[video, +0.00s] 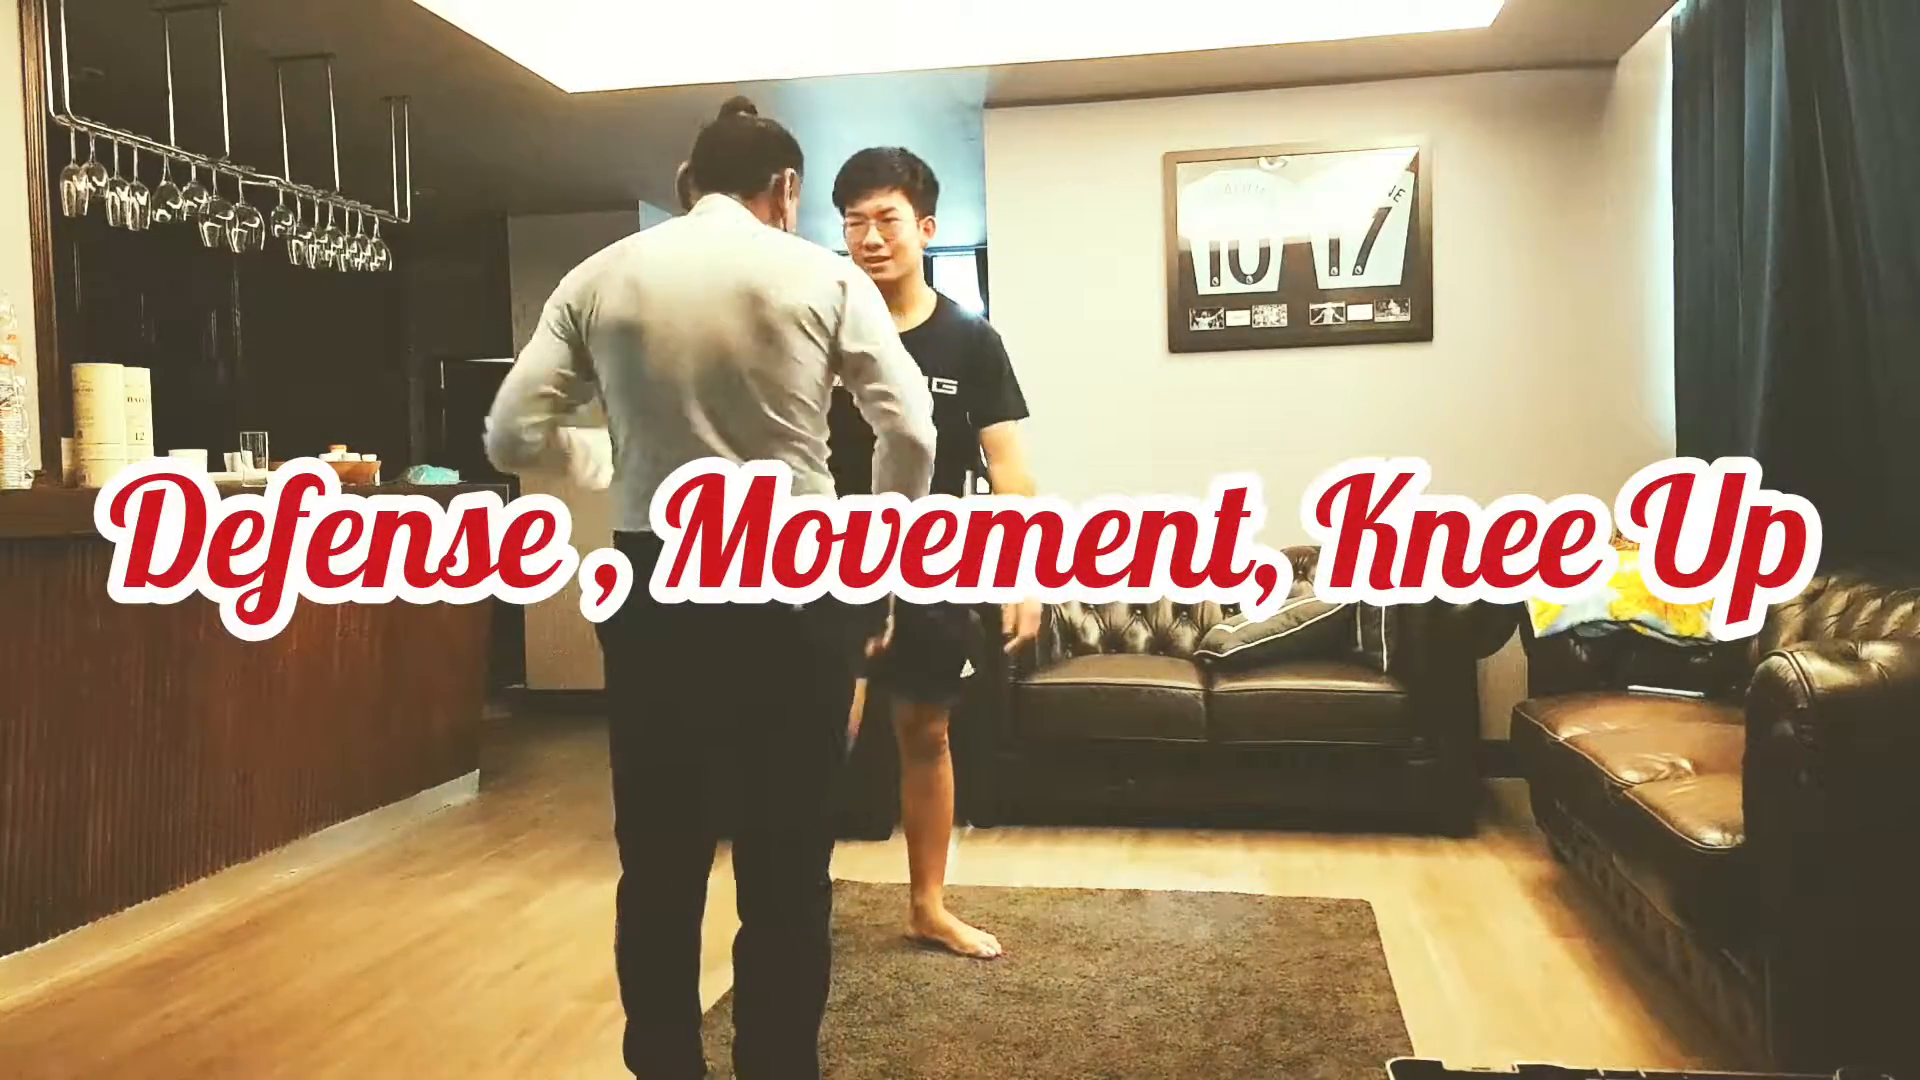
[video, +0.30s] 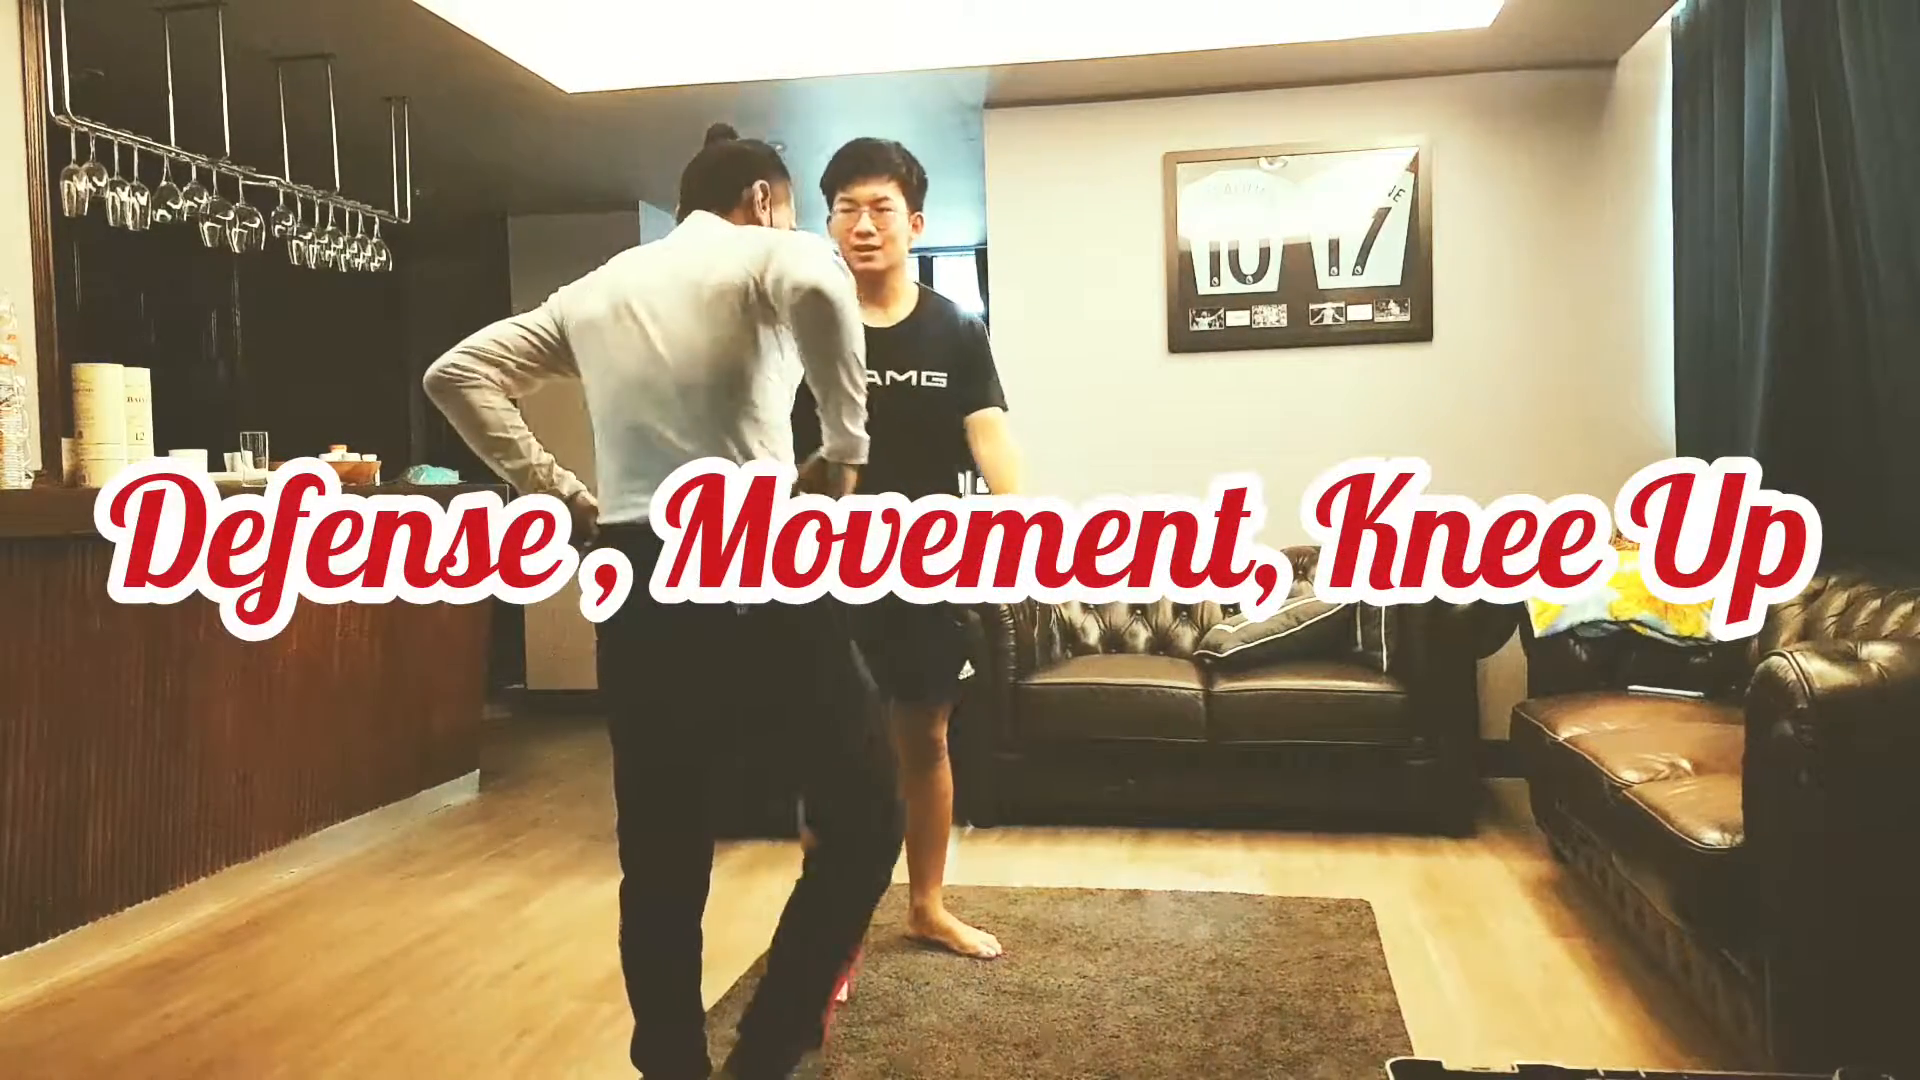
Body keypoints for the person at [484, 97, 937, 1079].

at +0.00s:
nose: (806, 213)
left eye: (802, 201)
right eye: (804, 199)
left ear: (684, 191)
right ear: (781, 190)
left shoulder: (598, 278)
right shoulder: (823, 276)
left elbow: (514, 432)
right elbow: (910, 425)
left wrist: (622, 456)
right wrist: (885, 570)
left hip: (653, 609)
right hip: (796, 609)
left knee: (657, 864)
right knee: (786, 873)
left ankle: (664, 1065)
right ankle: (778, 1064)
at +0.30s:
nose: (796, 222)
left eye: (791, 208)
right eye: (793, 209)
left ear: (687, 205)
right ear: (766, 201)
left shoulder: (602, 285)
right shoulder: (785, 248)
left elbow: (459, 372)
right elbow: (819, 293)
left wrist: (565, 492)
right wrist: (843, 453)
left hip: (634, 583)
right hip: (762, 586)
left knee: (660, 861)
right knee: (863, 824)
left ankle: (671, 1064)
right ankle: (761, 1060)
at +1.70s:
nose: (780, 172)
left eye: (776, 156)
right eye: (774, 156)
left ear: (664, 172)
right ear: (750, 163)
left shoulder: (590, 283)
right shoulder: (806, 262)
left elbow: (518, 454)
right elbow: (879, 437)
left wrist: (601, 534)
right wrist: (883, 568)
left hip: (651, 626)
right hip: (793, 621)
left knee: (628, 886)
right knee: (819, 876)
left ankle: (579, 1068)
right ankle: (829, 1061)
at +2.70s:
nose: (780, 194)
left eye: (773, 177)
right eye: (774, 178)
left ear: (674, 205)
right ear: (756, 190)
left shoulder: (620, 315)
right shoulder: (809, 294)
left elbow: (604, 482)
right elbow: (848, 465)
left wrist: (711, 496)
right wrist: (839, 512)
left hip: (671, 580)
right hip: (793, 575)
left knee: (651, 824)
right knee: (852, 805)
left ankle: (614, 1055)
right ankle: (872, 1025)